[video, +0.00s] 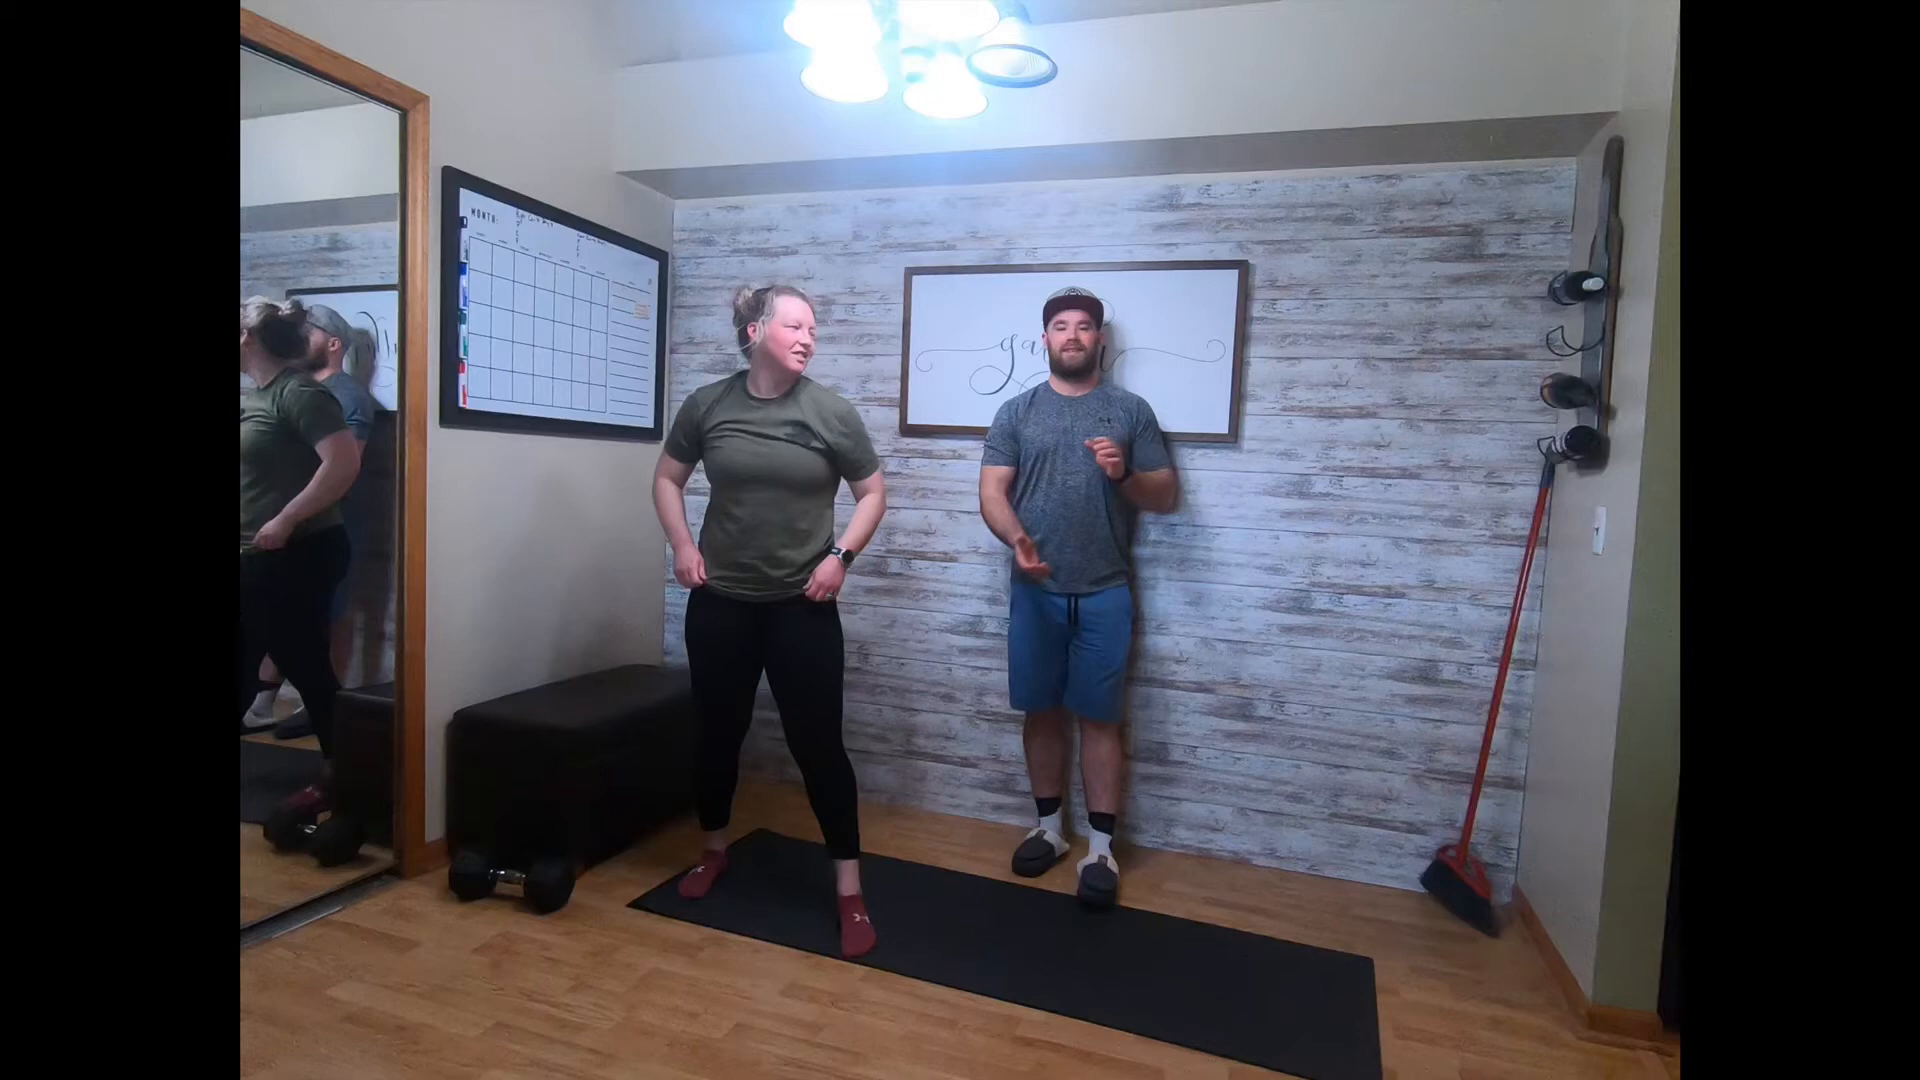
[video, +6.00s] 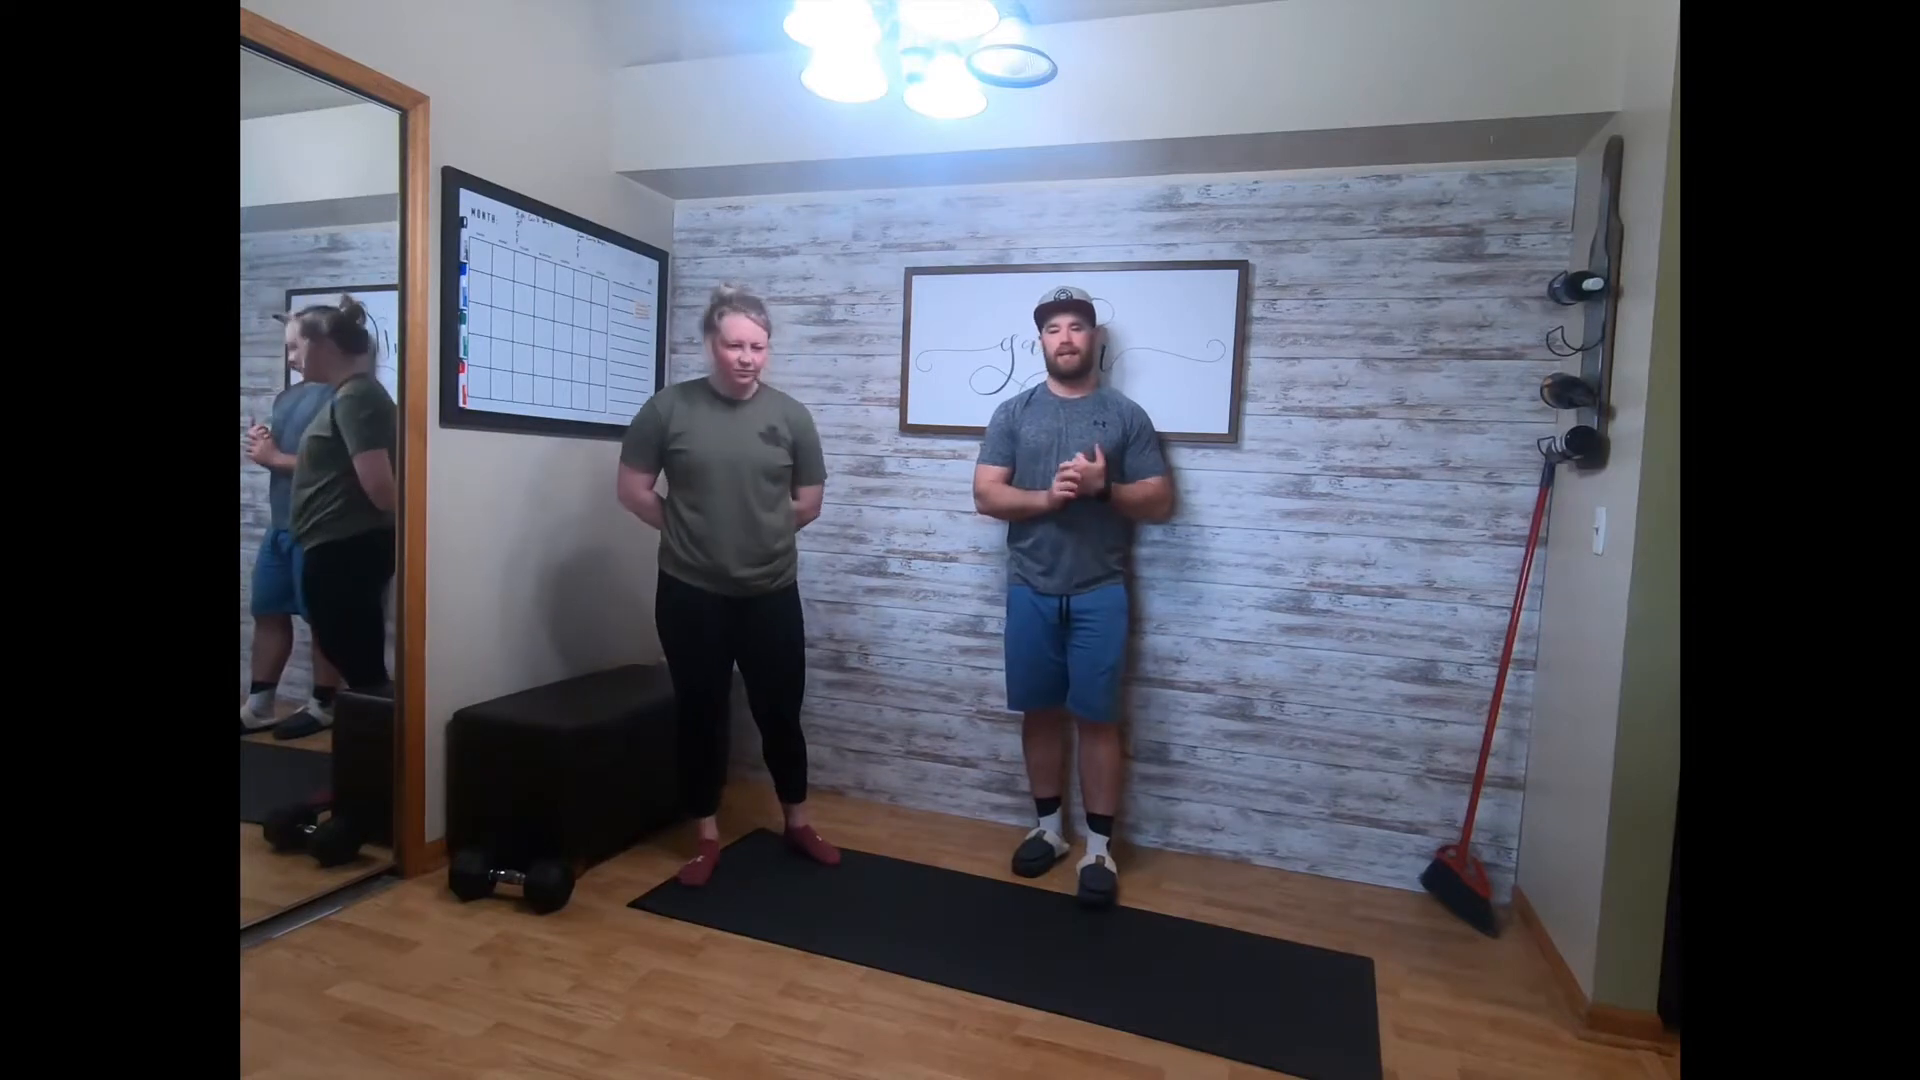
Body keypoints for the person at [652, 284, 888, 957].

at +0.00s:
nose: (808, 339)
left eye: (812, 330)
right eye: (796, 327)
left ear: (809, 340)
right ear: (754, 331)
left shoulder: (830, 414)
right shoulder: (708, 406)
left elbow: (873, 493)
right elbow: (667, 479)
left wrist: (841, 557)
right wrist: (684, 545)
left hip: (802, 607)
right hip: (720, 605)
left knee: (820, 747)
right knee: (714, 736)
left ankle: (849, 886)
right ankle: (713, 851)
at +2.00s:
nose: (791, 344)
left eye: (802, 336)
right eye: (781, 336)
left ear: (820, 346)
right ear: (765, 346)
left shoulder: (847, 419)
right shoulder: (728, 408)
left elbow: (859, 503)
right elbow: (699, 488)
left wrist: (806, 525)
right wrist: (749, 527)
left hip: (814, 594)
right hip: (736, 589)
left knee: (805, 712)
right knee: (725, 712)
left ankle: (811, 823)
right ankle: (710, 833)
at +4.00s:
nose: (727, 349)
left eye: (739, 339)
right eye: (717, 337)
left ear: (757, 347)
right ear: (698, 341)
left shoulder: (775, 407)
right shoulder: (658, 399)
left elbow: (833, 468)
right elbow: (592, 458)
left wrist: (809, 486)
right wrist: (648, 479)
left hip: (758, 590)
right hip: (680, 590)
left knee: (777, 712)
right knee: (696, 717)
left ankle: (796, 823)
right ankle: (706, 839)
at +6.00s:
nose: (746, 358)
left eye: (756, 347)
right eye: (734, 346)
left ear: (768, 350)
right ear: (709, 346)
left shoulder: (792, 418)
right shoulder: (667, 409)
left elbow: (807, 503)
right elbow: (632, 491)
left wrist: (751, 527)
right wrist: (689, 528)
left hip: (770, 593)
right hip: (690, 591)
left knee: (782, 716)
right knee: (699, 718)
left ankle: (797, 824)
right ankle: (707, 837)